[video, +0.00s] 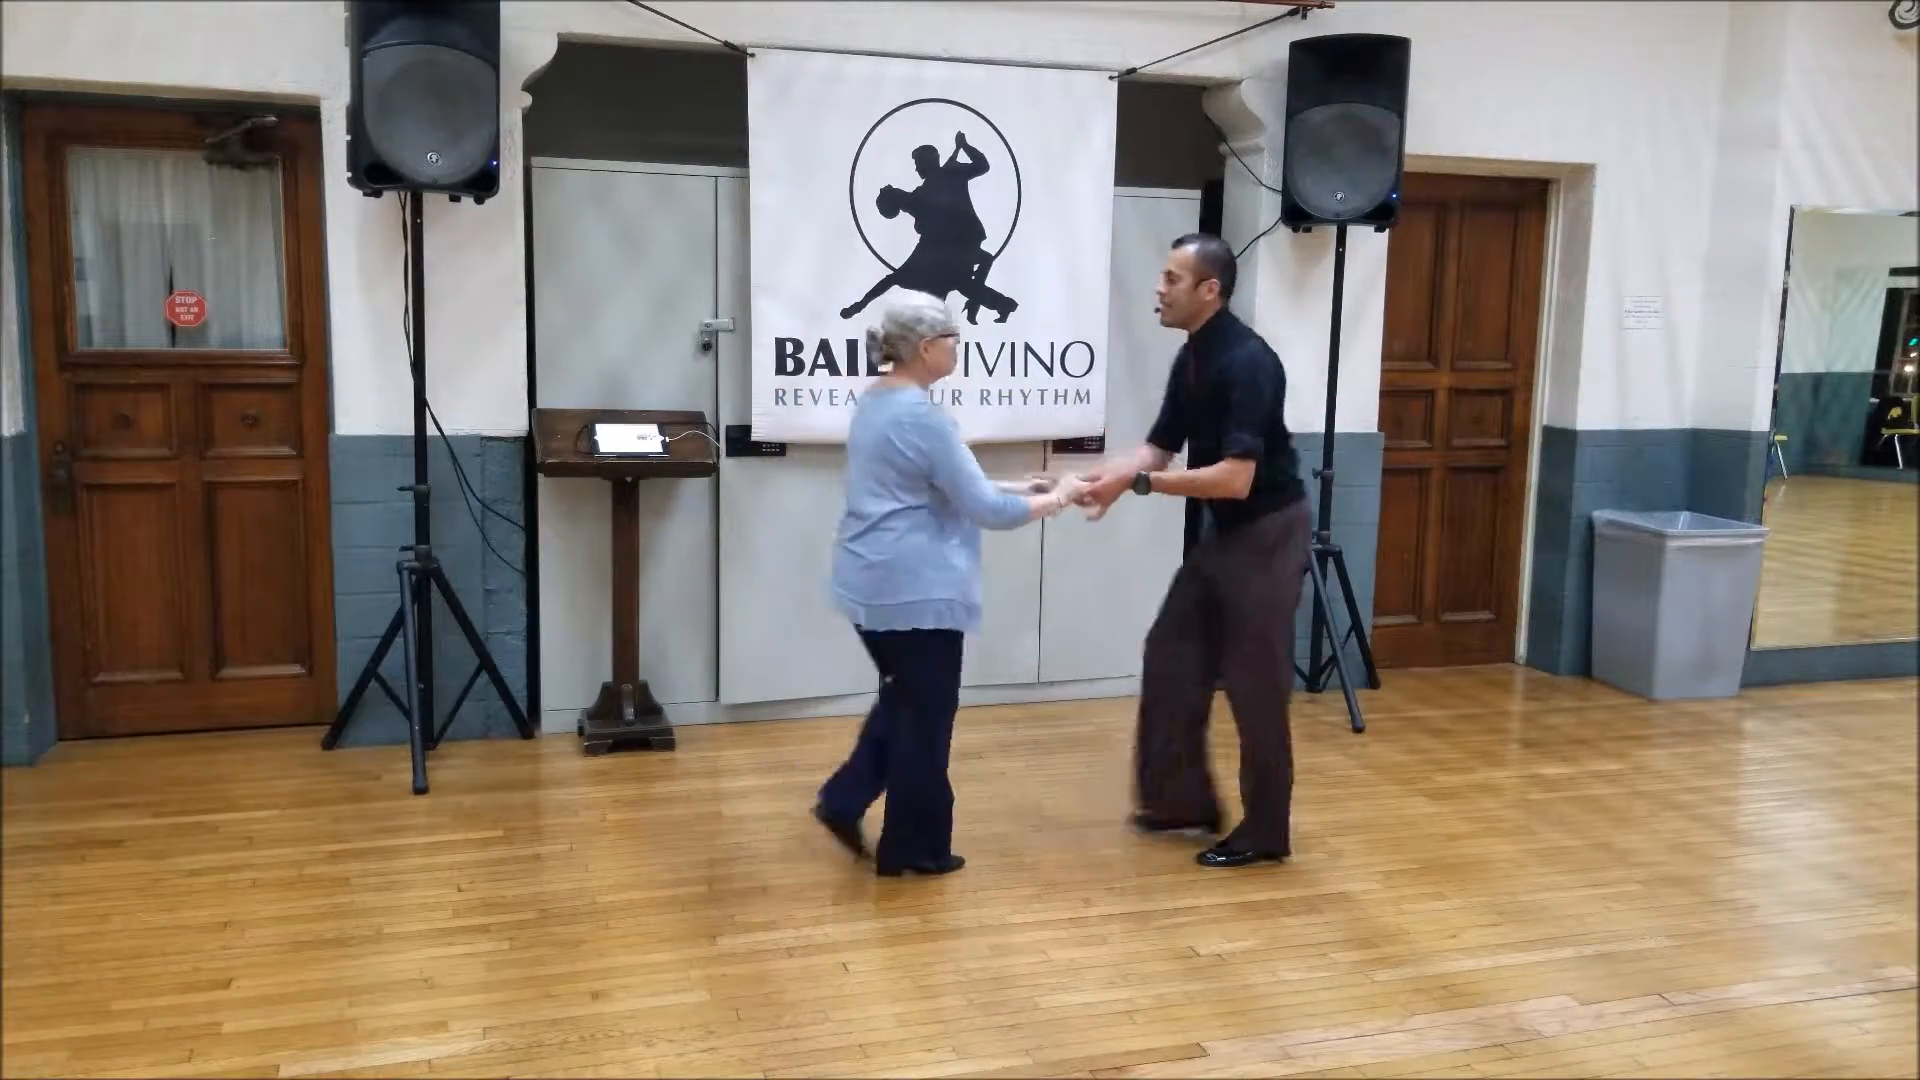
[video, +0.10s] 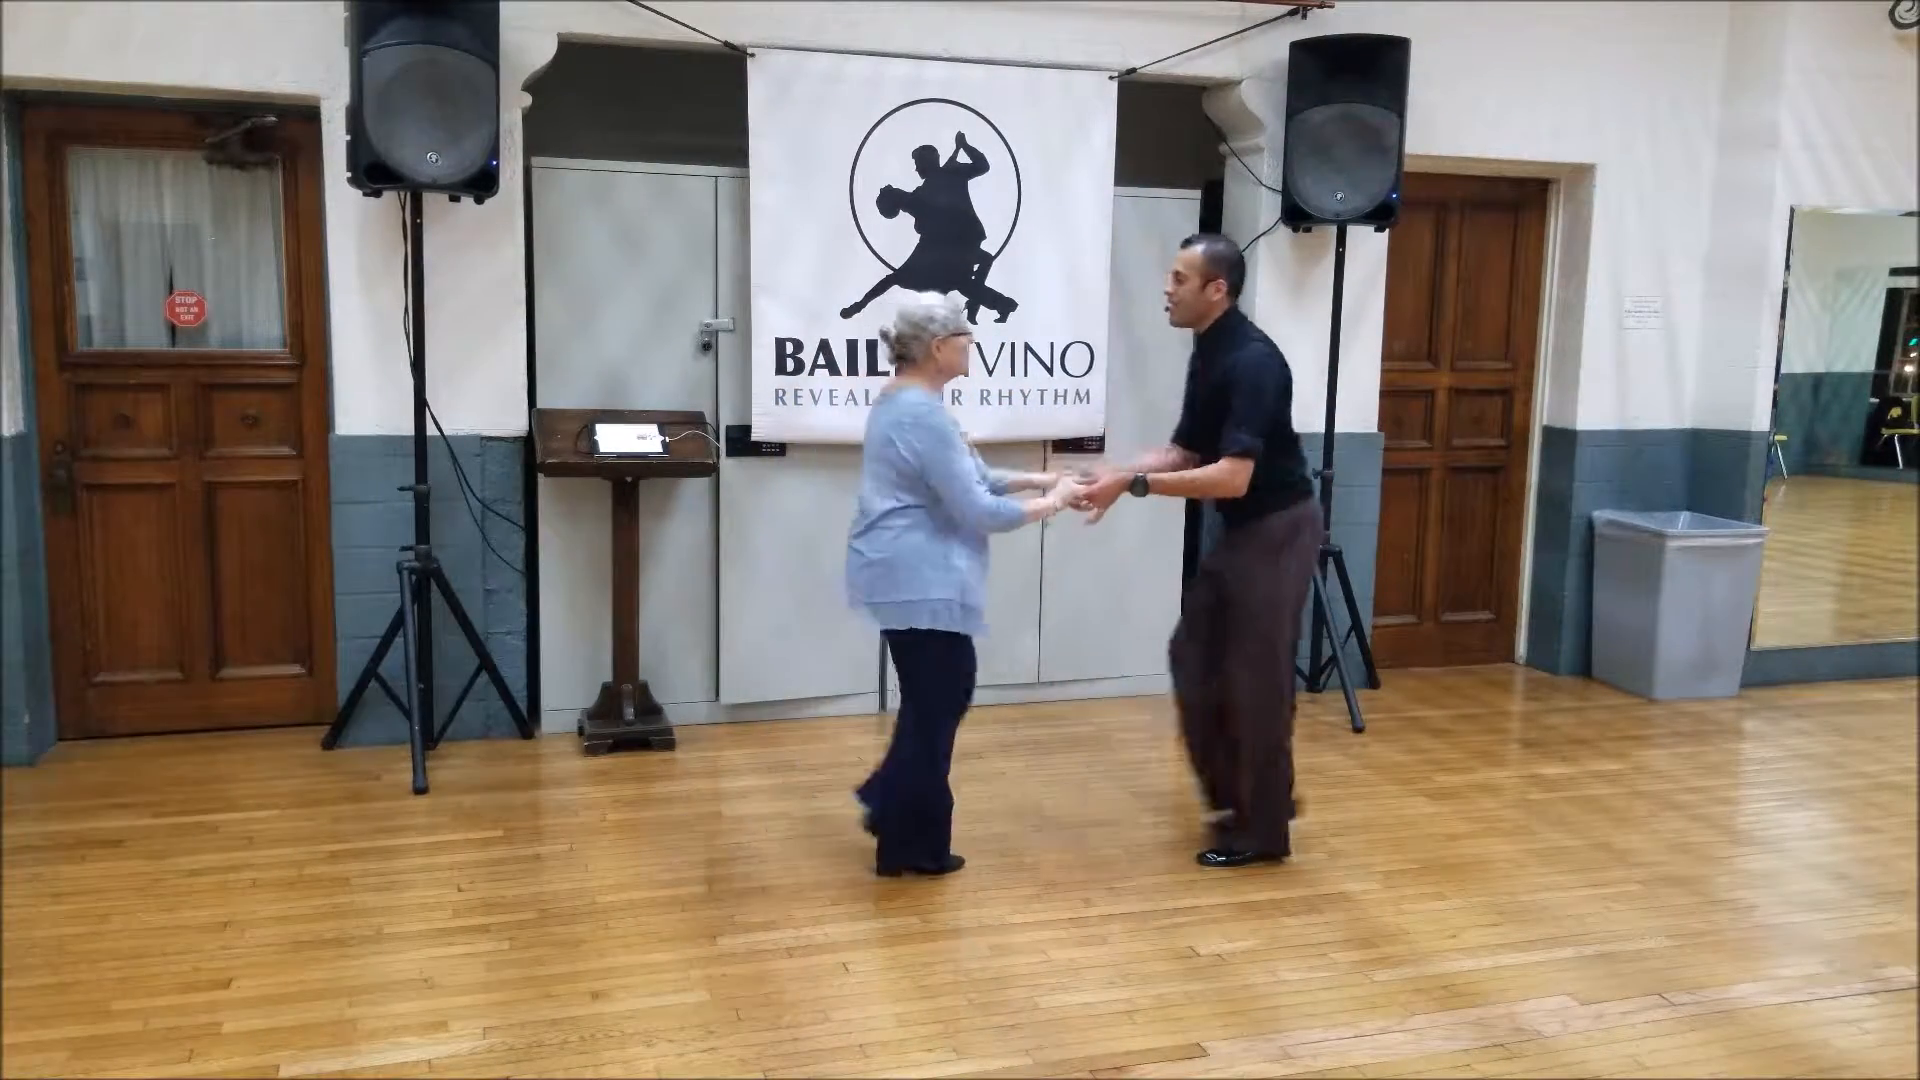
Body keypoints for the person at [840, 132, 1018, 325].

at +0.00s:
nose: (917, 167)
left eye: (919, 162)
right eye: (916, 162)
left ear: (927, 161)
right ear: (937, 159)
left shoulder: (919, 194)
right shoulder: (956, 172)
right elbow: (982, 165)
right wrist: (966, 147)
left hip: (931, 253)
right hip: (962, 250)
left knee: (895, 278)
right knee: (965, 285)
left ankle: (860, 305)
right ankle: (1004, 304)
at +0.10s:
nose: (917, 167)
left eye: (919, 162)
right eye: (916, 163)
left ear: (927, 161)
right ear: (937, 159)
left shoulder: (919, 194)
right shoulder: (956, 172)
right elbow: (982, 166)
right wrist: (966, 147)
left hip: (929, 256)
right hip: (961, 253)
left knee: (895, 278)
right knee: (964, 284)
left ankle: (859, 305)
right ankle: (1003, 303)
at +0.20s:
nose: (917, 167)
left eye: (919, 162)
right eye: (916, 162)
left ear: (925, 162)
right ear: (938, 159)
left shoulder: (918, 195)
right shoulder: (956, 172)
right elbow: (982, 165)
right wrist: (966, 147)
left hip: (930, 254)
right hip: (964, 250)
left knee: (894, 278)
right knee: (962, 283)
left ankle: (860, 305)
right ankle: (1003, 303)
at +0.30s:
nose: (917, 167)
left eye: (918, 163)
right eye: (917, 162)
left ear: (921, 164)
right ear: (938, 159)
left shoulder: (918, 195)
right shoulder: (957, 172)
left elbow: (919, 227)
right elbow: (982, 165)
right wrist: (966, 146)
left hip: (929, 259)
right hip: (962, 257)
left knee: (893, 279)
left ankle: (860, 305)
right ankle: (1006, 302)